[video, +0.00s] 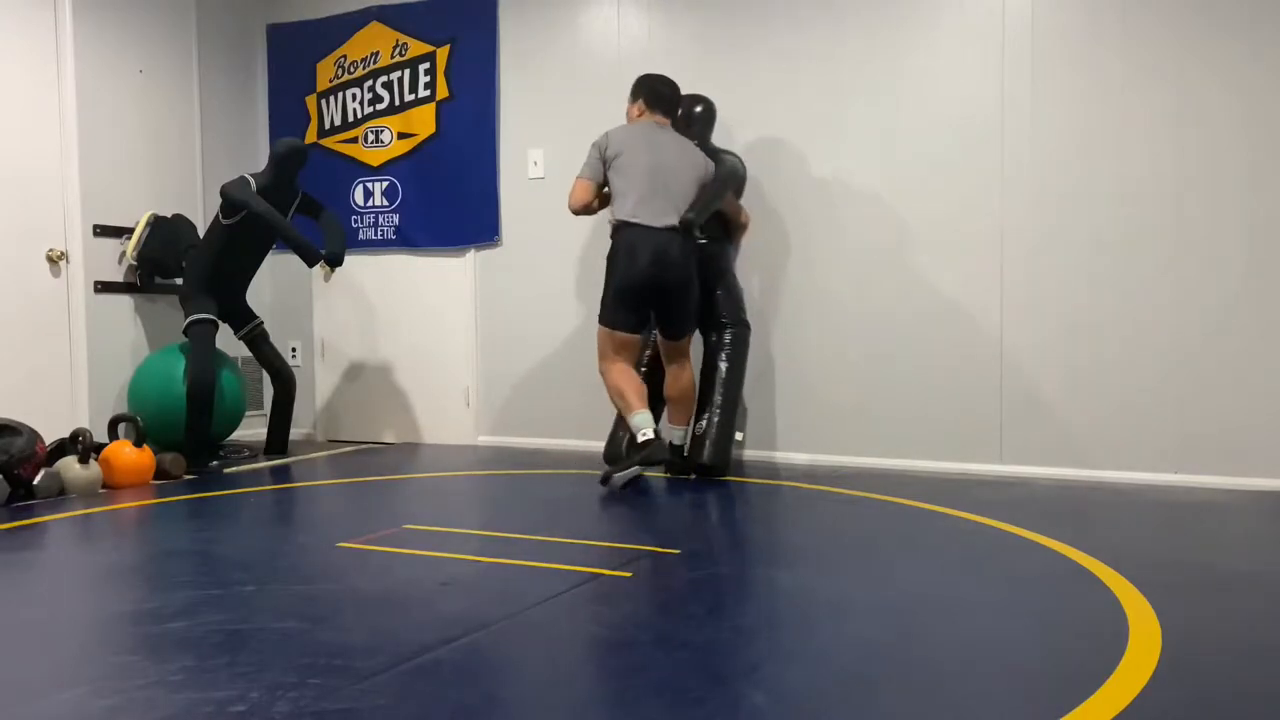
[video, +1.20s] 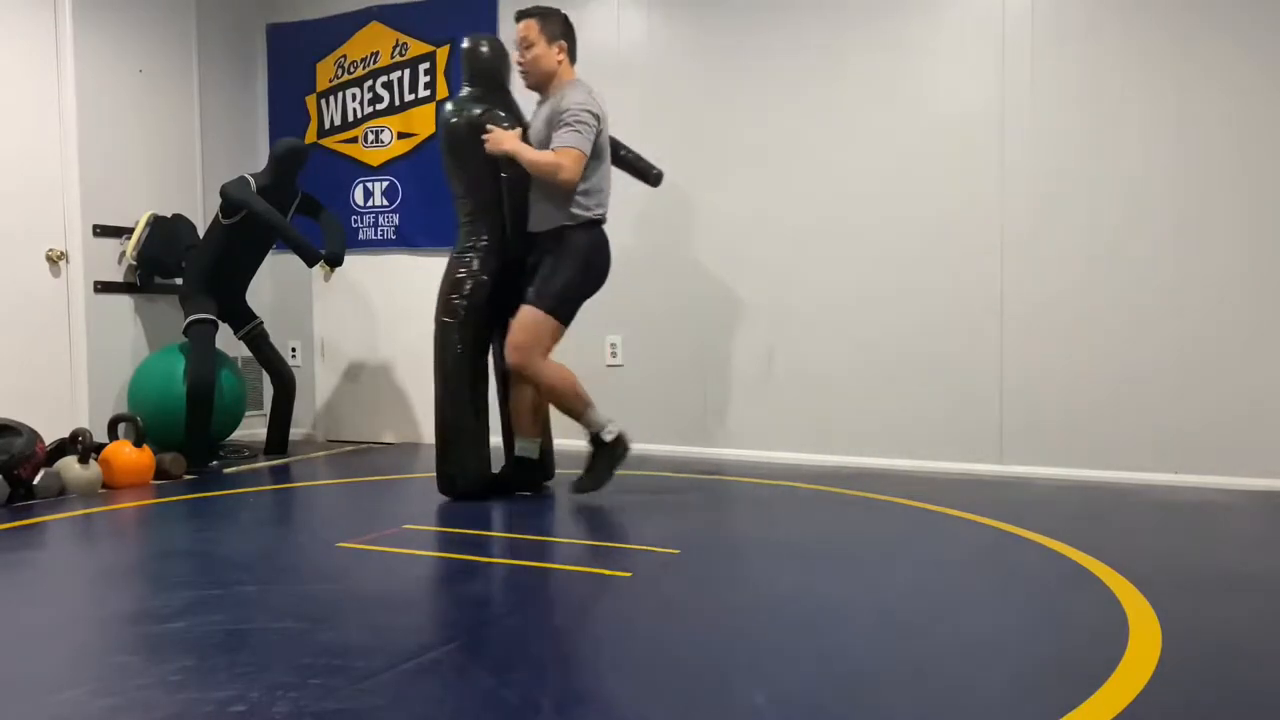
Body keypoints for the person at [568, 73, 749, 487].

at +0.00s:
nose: (628, 112)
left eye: (630, 106)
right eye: (630, 106)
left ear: (637, 107)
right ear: (675, 113)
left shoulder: (613, 139)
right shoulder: (699, 158)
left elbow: (579, 202)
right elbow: (738, 217)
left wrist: (612, 194)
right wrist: (730, 244)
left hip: (632, 255)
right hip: (680, 259)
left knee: (616, 356)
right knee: (677, 356)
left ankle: (646, 437)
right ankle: (677, 453)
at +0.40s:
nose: (598, 74)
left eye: (605, 64)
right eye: (600, 64)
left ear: (634, 69)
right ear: (641, 71)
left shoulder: (612, 121)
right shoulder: (686, 123)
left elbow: (578, 194)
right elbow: (706, 193)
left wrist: (601, 162)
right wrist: (669, 202)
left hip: (640, 254)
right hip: (684, 254)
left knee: (619, 367)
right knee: (671, 365)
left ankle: (665, 463)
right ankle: (675, 464)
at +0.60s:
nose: (592, 56)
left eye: (600, 45)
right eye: (592, 46)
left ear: (633, 53)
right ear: (632, 55)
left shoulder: (619, 112)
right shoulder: (664, 105)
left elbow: (586, 186)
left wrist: (574, 151)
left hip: (641, 244)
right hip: (670, 239)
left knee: (624, 362)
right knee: (635, 359)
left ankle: (667, 469)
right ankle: (662, 463)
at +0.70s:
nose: (586, 52)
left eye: (595, 42)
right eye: (585, 42)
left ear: (627, 49)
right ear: (625, 52)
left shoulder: (619, 107)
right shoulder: (649, 99)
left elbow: (585, 183)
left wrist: (567, 152)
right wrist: (586, 152)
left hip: (641, 241)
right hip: (657, 236)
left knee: (635, 361)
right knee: (608, 340)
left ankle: (669, 467)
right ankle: (617, 446)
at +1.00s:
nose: (555, 61)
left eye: (563, 50)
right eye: (554, 52)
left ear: (596, 53)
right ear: (591, 56)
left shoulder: (602, 105)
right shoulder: (602, 102)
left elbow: (576, 173)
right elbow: (579, 164)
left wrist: (542, 148)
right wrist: (553, 143)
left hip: (603, 248)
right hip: (580, 248)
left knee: (610, 372)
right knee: (549, 360)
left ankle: (667, 465)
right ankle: (535, 464)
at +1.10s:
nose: (537, 62)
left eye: (545, 51)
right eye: (536, 53)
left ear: (577, 53)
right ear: (567, 57)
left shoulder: (588, 104)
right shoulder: (569, 106)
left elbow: (571, 170)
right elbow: (560, 162)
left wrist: (527, 148)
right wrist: (531, 145)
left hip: (588, 247)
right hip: (559, 247)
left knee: (560, 367)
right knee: (532, 358)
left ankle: (647, 447)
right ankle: (532, 466)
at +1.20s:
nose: (518, 58)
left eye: (526, 46)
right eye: (516, 49)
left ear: (559, 49)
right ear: (553, 53)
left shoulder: (579, 101)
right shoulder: (548, 107)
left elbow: (567, 171)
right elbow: (544, 162)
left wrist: (515, 148)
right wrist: (502, 144)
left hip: (575, 243)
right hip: (545, 243)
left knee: (523, 354)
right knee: (520, 356)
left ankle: (606, 436)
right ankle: (529, 463)